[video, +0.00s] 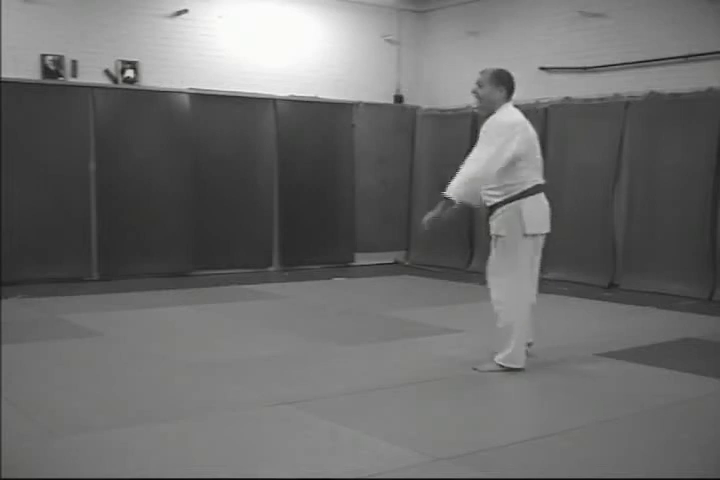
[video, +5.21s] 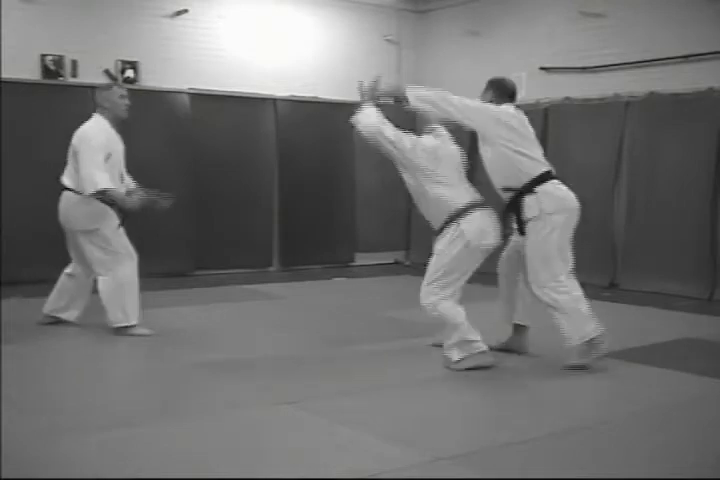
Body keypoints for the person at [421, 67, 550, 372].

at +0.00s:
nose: (474, 91)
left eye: (480, 87)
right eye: (475, 86)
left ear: (500, 92)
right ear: (500, 93)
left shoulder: (503, 123)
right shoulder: (510, 120)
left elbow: (478, 167)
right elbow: (486, 171)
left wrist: (444, 204)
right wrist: (459, 200)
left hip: (517, 213)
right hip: (525, 210)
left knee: (508, 280)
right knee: (518, 278)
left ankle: (513, 356)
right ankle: (521, 340)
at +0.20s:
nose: (467, 92)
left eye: (473, 87)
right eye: (469, 87)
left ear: (492, 92)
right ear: (493, 93)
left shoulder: (496, 126)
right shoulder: (504, 121)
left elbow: (493, 176)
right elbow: (495, 175)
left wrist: (477, 217)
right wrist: (478, 215)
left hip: (514, 214)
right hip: (516, 212)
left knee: (509, 285)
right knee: (509, 282)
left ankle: (512, 357)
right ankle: (504, 340)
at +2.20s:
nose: (447, 95)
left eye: (452, 90)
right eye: (448, 90)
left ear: (469, 93)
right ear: (471, 93)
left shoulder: (473, 125)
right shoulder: (475, 121)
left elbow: (462, 167)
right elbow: (461, 166)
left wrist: (439, 201)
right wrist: (439, 201)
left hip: (477, 209)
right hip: (473, 208)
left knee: (465, 278)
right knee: (464, 277)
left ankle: (483, 346)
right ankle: (464, 337)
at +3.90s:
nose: (418, 122)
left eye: (423, 116)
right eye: (419, 116)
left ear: (440, 120)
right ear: (442, 121)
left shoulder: (453, 150)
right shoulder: (455, 146)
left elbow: (447, 199)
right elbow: (449, 200)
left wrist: (424, 243)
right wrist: (428, 236)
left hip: (485, 229)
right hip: (472, 228)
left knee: (459, 290)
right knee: (440, 273)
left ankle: (490, 352)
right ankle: (447, 337)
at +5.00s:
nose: (387, 153)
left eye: (391, 147)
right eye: (389, 147)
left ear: (407, 147)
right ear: (415, 148)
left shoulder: (426, 173)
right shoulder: (443, 163)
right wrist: (448, 253)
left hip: (488, 230)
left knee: (443, 288)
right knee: (433, 276)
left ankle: (473, 353)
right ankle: (454, 335)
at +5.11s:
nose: (389, 160)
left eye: (383, 153)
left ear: (392, 142)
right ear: (417, 143)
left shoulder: (426, 170)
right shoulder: (448, 161)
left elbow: (436, 192)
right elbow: (482, 188)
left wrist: (397, 171)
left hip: (472, 240)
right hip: (487, 233)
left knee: (436, 301)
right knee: (433, 275)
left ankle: (473, 354)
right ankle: (449, 333)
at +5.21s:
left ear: (413, 126)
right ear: (435, 125)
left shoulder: (412, 148)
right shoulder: (449, 146)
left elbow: (375, 130)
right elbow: (433, 124)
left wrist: (367, 103)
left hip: (464, 227)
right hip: (487, 222)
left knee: (433, 295)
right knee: (446, 287)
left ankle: (472, 348)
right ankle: (457, 334)